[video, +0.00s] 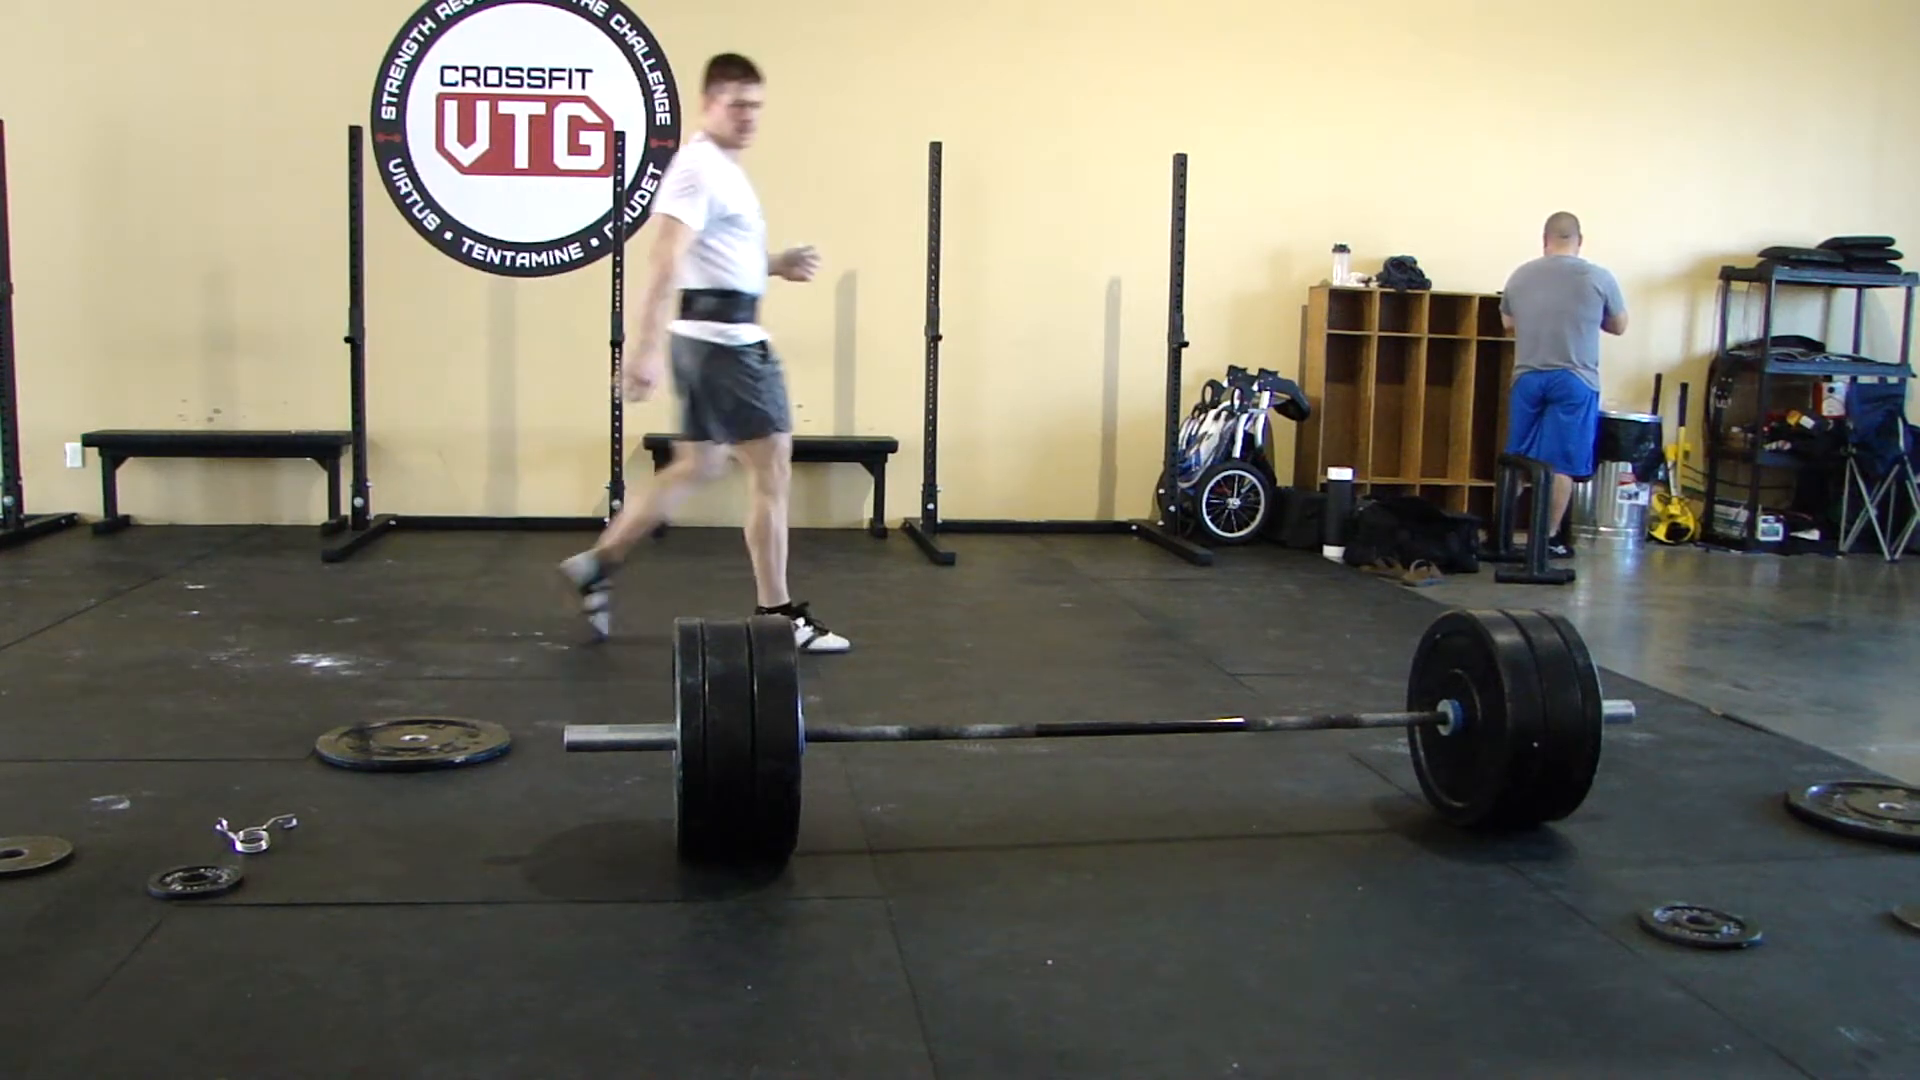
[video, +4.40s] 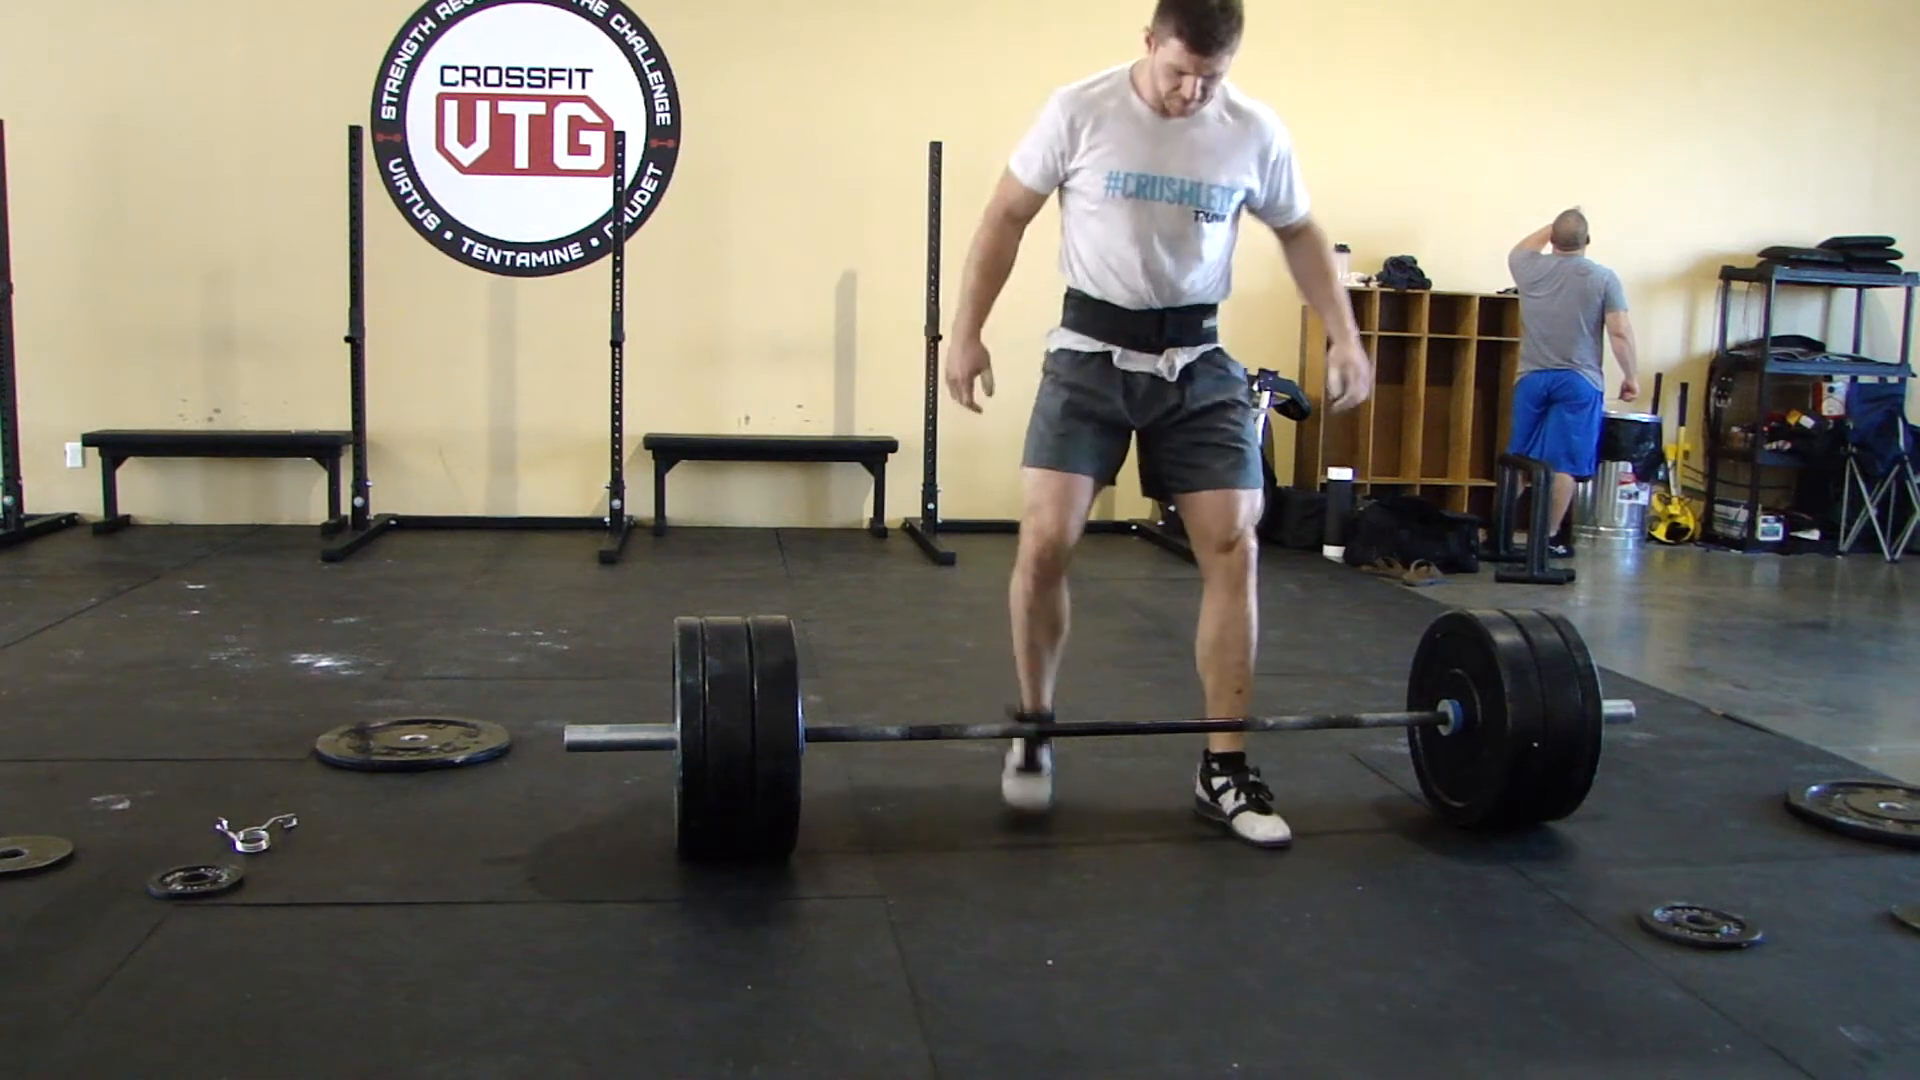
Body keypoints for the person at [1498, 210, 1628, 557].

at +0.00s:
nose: (1571, 245)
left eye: (1550, 240)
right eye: (1577, 240)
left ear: (1544, 240)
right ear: (1580, 241)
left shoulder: (1520, 275)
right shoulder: (1597, 276)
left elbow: (1509, 324)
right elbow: (1618, 326)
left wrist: (1542, 314)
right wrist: (1582, 311)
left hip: (1527, 377)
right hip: (1575, 379)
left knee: (1516, 459)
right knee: (1562, 465)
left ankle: (1501, 534)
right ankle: (1547, 540)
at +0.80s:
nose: (1582, 247)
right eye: (1584, 242)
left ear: (1549, 239)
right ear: (1583, 241)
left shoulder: (1521, 274)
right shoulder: (1597, 276)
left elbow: (1507, 316)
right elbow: (1621, 328)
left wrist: (1536, 316)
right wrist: (1615, 344)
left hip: (1528, 378)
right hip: (1576, 380)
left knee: (1516, 460)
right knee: (1562, 466)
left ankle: (1501, 535)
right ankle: (1547, 540)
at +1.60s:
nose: (1584, 244)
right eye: (1585, 239)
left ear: (1550, 239)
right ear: (1586, 240)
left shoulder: (1524, 271)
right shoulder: (1600, 277)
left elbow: (1512, 289)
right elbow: (1616, 332)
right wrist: (1628, 376)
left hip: (1530, 379)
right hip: (1577, 382)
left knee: (1519, 461)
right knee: (1565, 465)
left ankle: (1502, 534)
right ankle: (1548, 538)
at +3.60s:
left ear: (1549, 240)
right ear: (1586, 242)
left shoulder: (1529, 270)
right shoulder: (1602, 278)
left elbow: (1518, 254)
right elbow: (1617, 332)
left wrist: (1548, 232)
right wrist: (1629, 376)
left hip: (1531, 378)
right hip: (1579, 381)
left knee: (1519, 460)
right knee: (1565, 465)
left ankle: (1499, 532)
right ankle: (1548, 539)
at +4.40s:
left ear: (1551, 241)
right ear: (1588, 242)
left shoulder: (1532, 270)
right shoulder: (1603, 278)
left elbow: (1519, 253)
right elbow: (1619, 331)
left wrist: (1551, 229)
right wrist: (1631, 375)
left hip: (1532, 378)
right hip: (1579, 381)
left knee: (1519, 459)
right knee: (1565, 465)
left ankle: (1499, 530)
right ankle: (1548, 538)